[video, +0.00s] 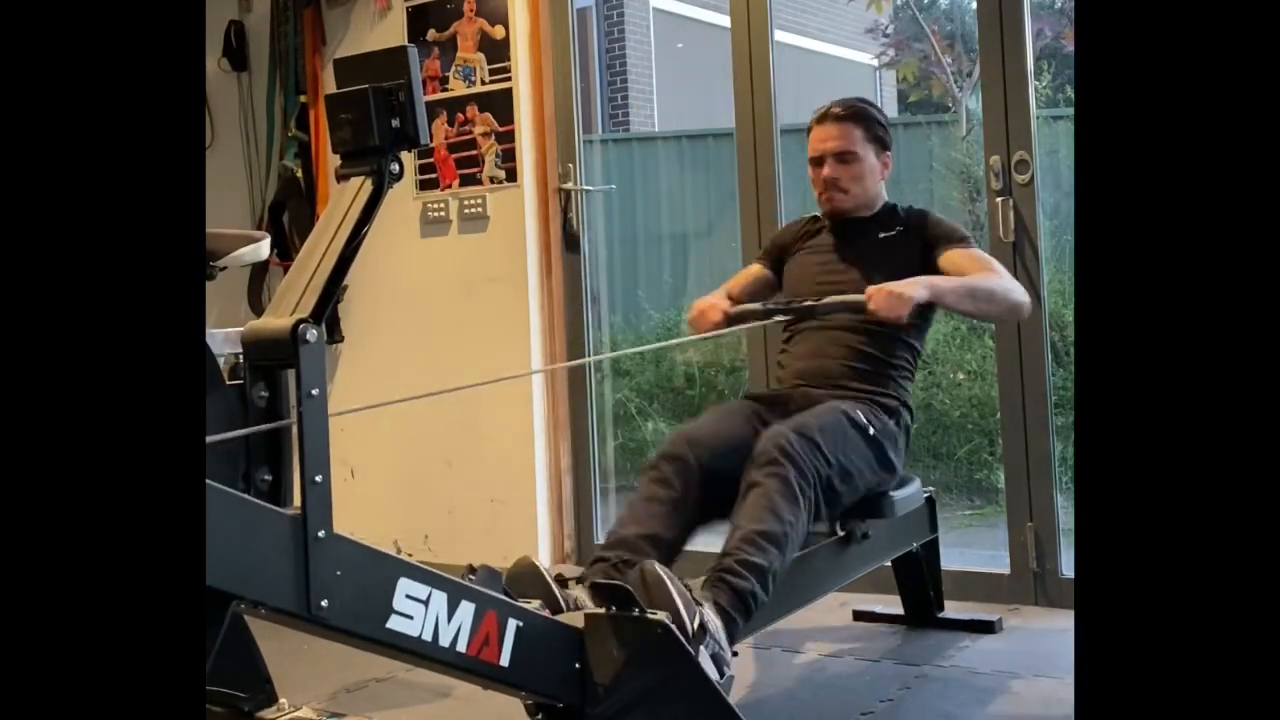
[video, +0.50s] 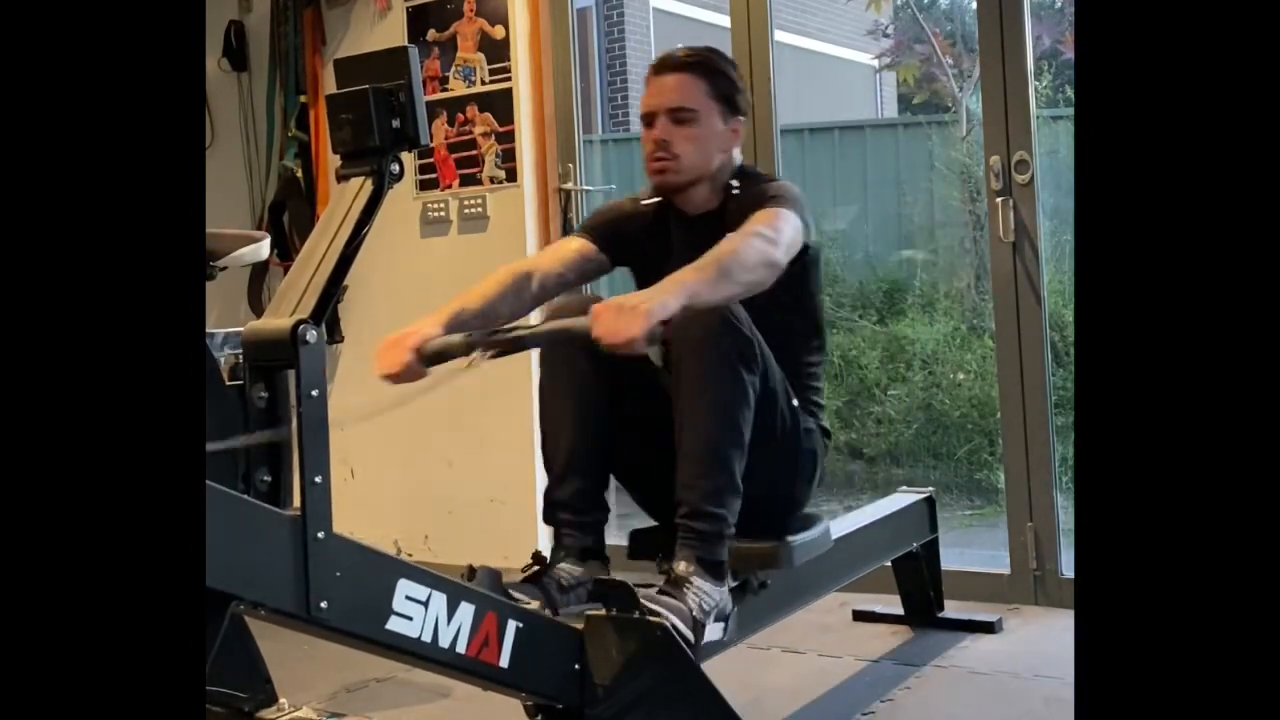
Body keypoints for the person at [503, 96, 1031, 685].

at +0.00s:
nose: (826, 172)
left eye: (842, 158)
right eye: (817, 160)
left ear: (884, 162)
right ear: (810, 167)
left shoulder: (919, 232)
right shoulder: (797, 239)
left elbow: (1013, 298)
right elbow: (725, 298)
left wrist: (925, 287)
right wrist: (711, 307)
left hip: (864, 411)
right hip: (772, 407)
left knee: (782, 456)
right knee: (682, 454)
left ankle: (716, 622)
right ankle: (598, 592)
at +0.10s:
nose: (799, 166)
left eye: (817, 151)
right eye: (790, 153)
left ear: (860, 156)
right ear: (782, 160)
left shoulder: (906, 227)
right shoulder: (777, 236)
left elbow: (1026, 295)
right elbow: (736, 313)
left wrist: (937, 277)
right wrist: (720, 308)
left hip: (859, 426)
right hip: (763, 417)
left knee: (772, 411)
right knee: (668, 406)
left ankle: (716, 621)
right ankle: (593, 586)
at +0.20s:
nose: (778, 158)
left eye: (796, 142)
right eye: (768, 146)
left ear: (839, 148)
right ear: (759, 156)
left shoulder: (886, 223)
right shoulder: (750, 238)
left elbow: (991, 282)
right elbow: (685, 292)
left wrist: (884, 282)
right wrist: (662, 304)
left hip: (845, 452)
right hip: (749, 440)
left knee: (759, 384)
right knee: (653, 381)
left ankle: (712, 617)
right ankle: (594, 577)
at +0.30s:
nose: (744, 142)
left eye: (763, 125)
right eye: (734, 128)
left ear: (809, 136)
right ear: (725, 139)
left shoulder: (848, 206)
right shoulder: (717, 225)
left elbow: (911, 257)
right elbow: (637, 281)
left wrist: (804, 277)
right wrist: (582, 306)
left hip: (822, 460)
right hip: (732, 455)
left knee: (744, 360)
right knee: (627, 358)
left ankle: (712, 607)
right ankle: (588, 576)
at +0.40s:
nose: (702, 137)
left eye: (725, 120)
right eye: (694, 122)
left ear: (774, 132)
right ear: (685, 131)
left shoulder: (808, 200)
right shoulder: (673, 218)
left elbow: (829, 246)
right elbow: (584, 273)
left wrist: (732, 278)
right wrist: (510, 314)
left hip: (794, 472)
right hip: (700, 463)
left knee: (728, 333)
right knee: (599, 344)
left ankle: (705, 589)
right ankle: (581, 567)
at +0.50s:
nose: (658, 137)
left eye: (681, 119)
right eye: (649, 122)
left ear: (734, 132)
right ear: (639, 132)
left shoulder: (776, 204)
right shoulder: (635, 222)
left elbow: (752, 260)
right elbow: (536, 279)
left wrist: (656, 301)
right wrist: (437, 327)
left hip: (772, 475)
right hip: (679, 475)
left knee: (709, 320)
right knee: (570, 337)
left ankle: (699, 576)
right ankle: (575, 564)